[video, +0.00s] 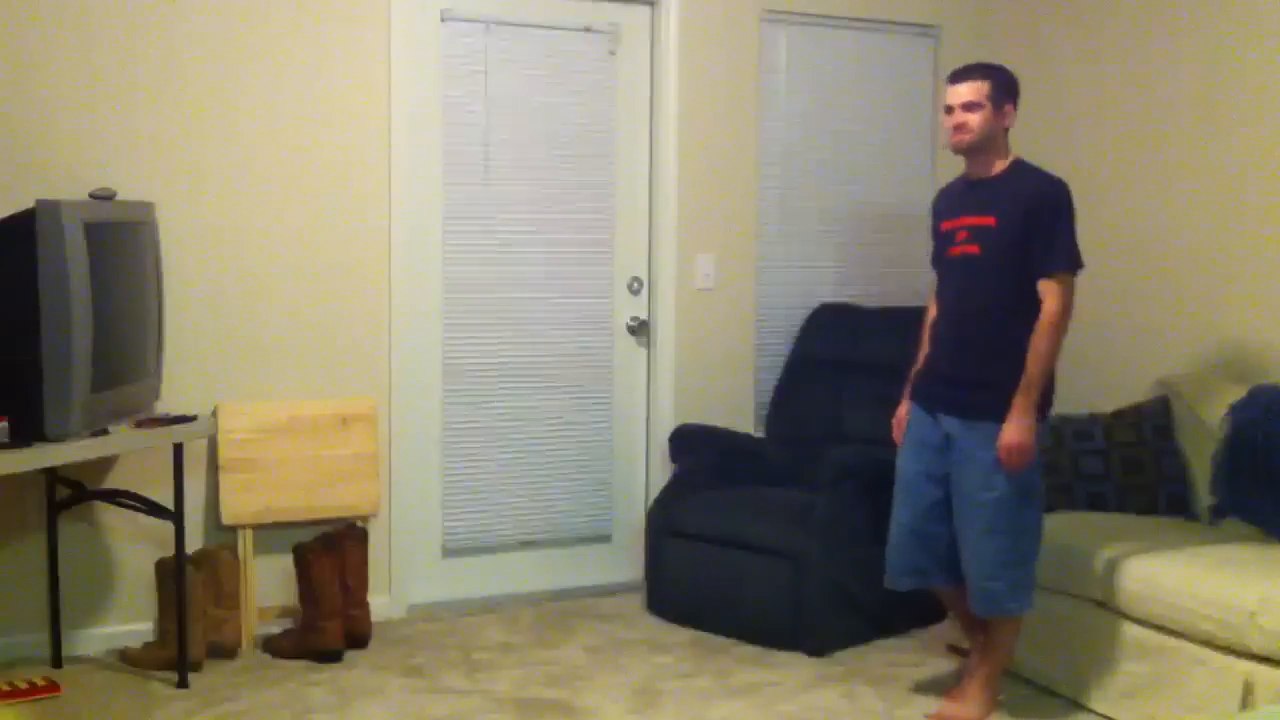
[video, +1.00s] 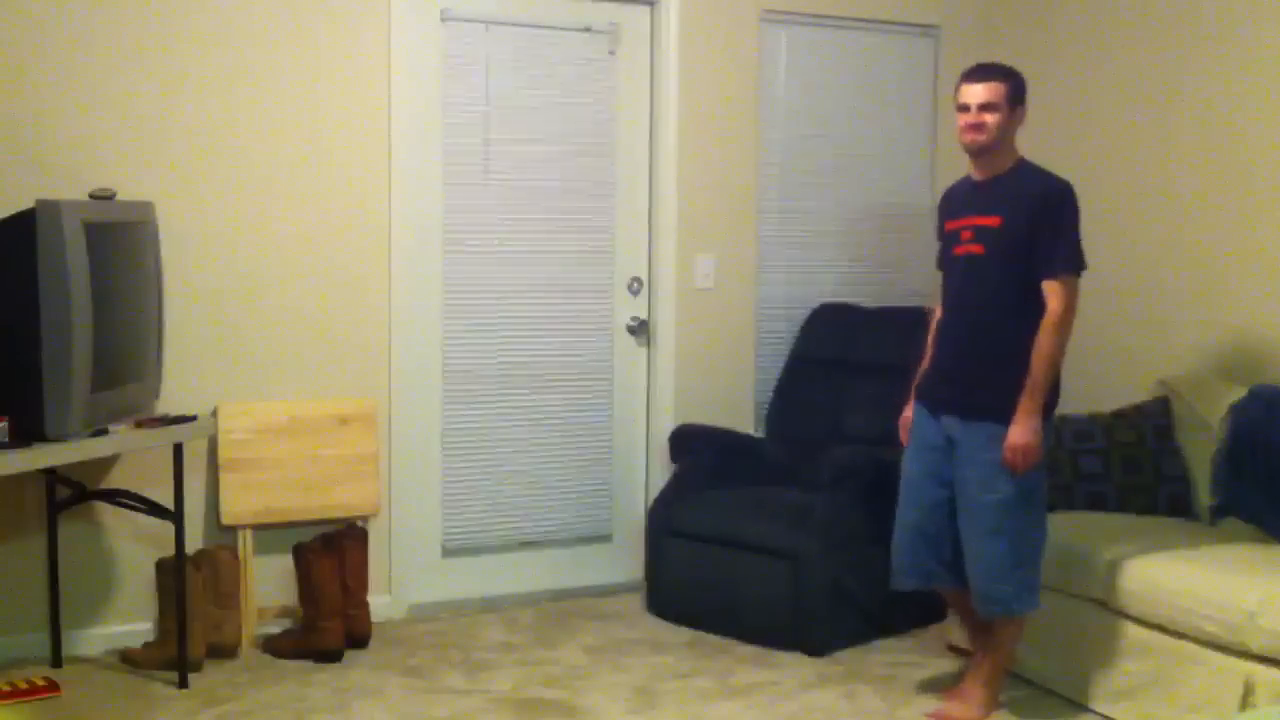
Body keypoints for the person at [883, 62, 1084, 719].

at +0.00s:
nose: (955, 119)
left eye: (969, 108)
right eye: (949, 110)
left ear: (1005, 115)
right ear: (944, 121)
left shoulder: (1042, 192)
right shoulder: (947, 201)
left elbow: (1054, 309)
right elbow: (940, 305)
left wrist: (1024, 411)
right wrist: (909, 395)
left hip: (998, 418)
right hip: (932, 409)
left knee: (996, 562)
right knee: (923, 544)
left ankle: (984, 688)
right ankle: (978, 643)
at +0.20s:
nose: (965, 117)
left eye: (979, 107)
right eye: (957, 108)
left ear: (1011, 116)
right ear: (948, 120)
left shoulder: (1043, 193)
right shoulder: (948, 201)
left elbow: (1053, 309)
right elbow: (938, 306)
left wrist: (1023, 411)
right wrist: (908, 397)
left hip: (997, 418)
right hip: (933, 411)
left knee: (997, 562)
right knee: (935, 544)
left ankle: (986, 689)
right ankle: (980, 646)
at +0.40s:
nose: (969, 117)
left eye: (984, 107)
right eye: (960, 108)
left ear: (1013, 117)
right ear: (951, 119)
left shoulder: (1045, 194)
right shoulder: (949, 203)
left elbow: (1054, 311)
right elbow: (940, 304)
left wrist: (1020, 410)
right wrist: (905, 392)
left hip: (997, 417)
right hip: (932, 409)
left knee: (995, 562)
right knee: (928, 539)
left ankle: (983, 689)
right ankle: (972, 642)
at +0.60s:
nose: (974, 118)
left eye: (989, 108)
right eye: (964, 109)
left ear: (1015, 118)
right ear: (954, 120)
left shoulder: (1047, 195)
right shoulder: (951, 203)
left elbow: (1055, 311)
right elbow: (941, 306)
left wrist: (1024, 411)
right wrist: (909, 395)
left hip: (1000, 419)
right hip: (935, 412)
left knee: (999, 566)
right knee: (932, 548)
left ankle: (985, 690)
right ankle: (977, 644)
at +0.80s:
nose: (975, 117)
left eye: (990, 107)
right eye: (965, 108)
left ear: (1016, 118)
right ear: (955, 119)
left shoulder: (1047, 194)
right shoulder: (953, 201)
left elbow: (1058, 309)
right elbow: (945, 306)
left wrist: (1029, 412)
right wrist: (914, 395)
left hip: (1002, 418)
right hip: (937, 410)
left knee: (1000, 564)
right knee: (930, 547)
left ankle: (986, 689)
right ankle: (982, 647)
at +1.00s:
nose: (974, 119)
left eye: (989, 109)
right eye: (965, 109)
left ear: (1016, 118)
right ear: (955, 119)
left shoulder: (1048, 195)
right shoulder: (953, 202)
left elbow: (1058, 310)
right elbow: (947, 306)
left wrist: (1030, 412)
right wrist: (916, 396)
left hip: (1002, 416)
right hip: (938, 409)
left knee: (999, 562)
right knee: (928, 544)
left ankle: (985, 688)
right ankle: (982, 642)